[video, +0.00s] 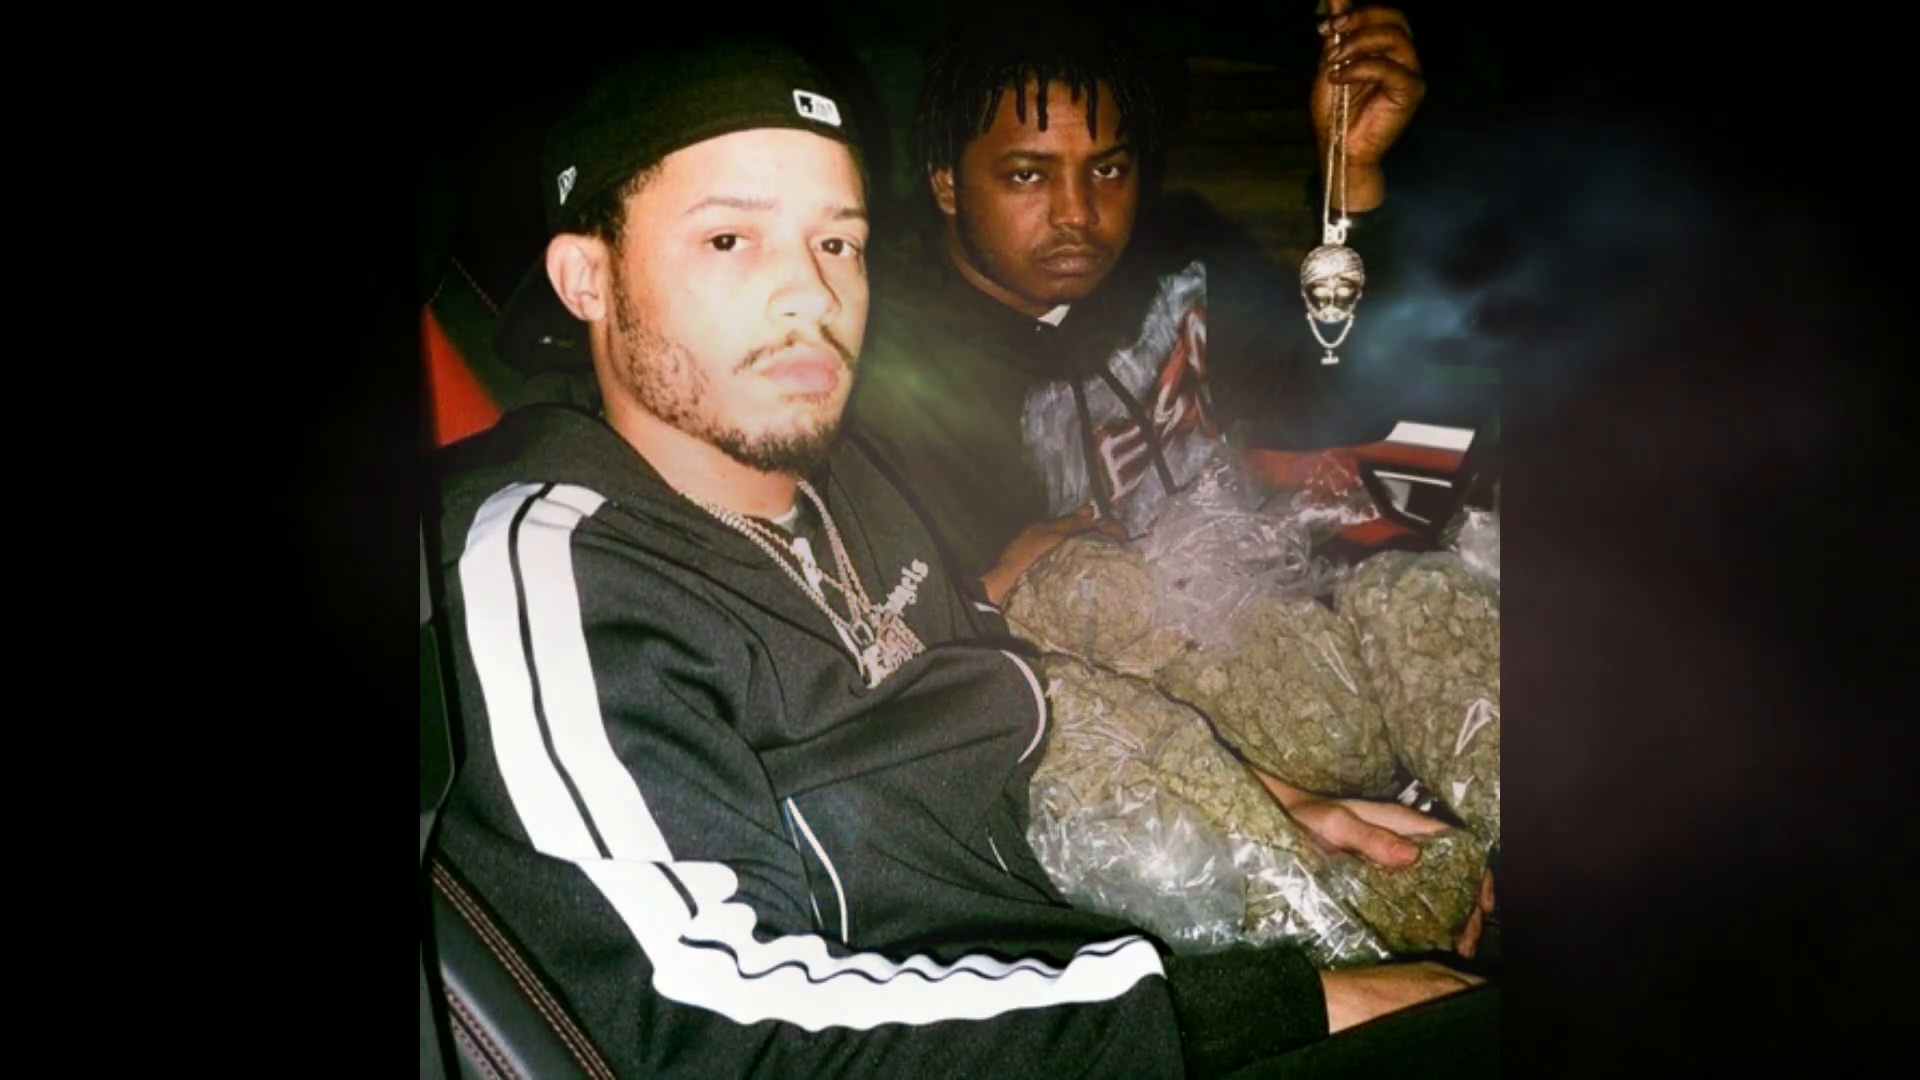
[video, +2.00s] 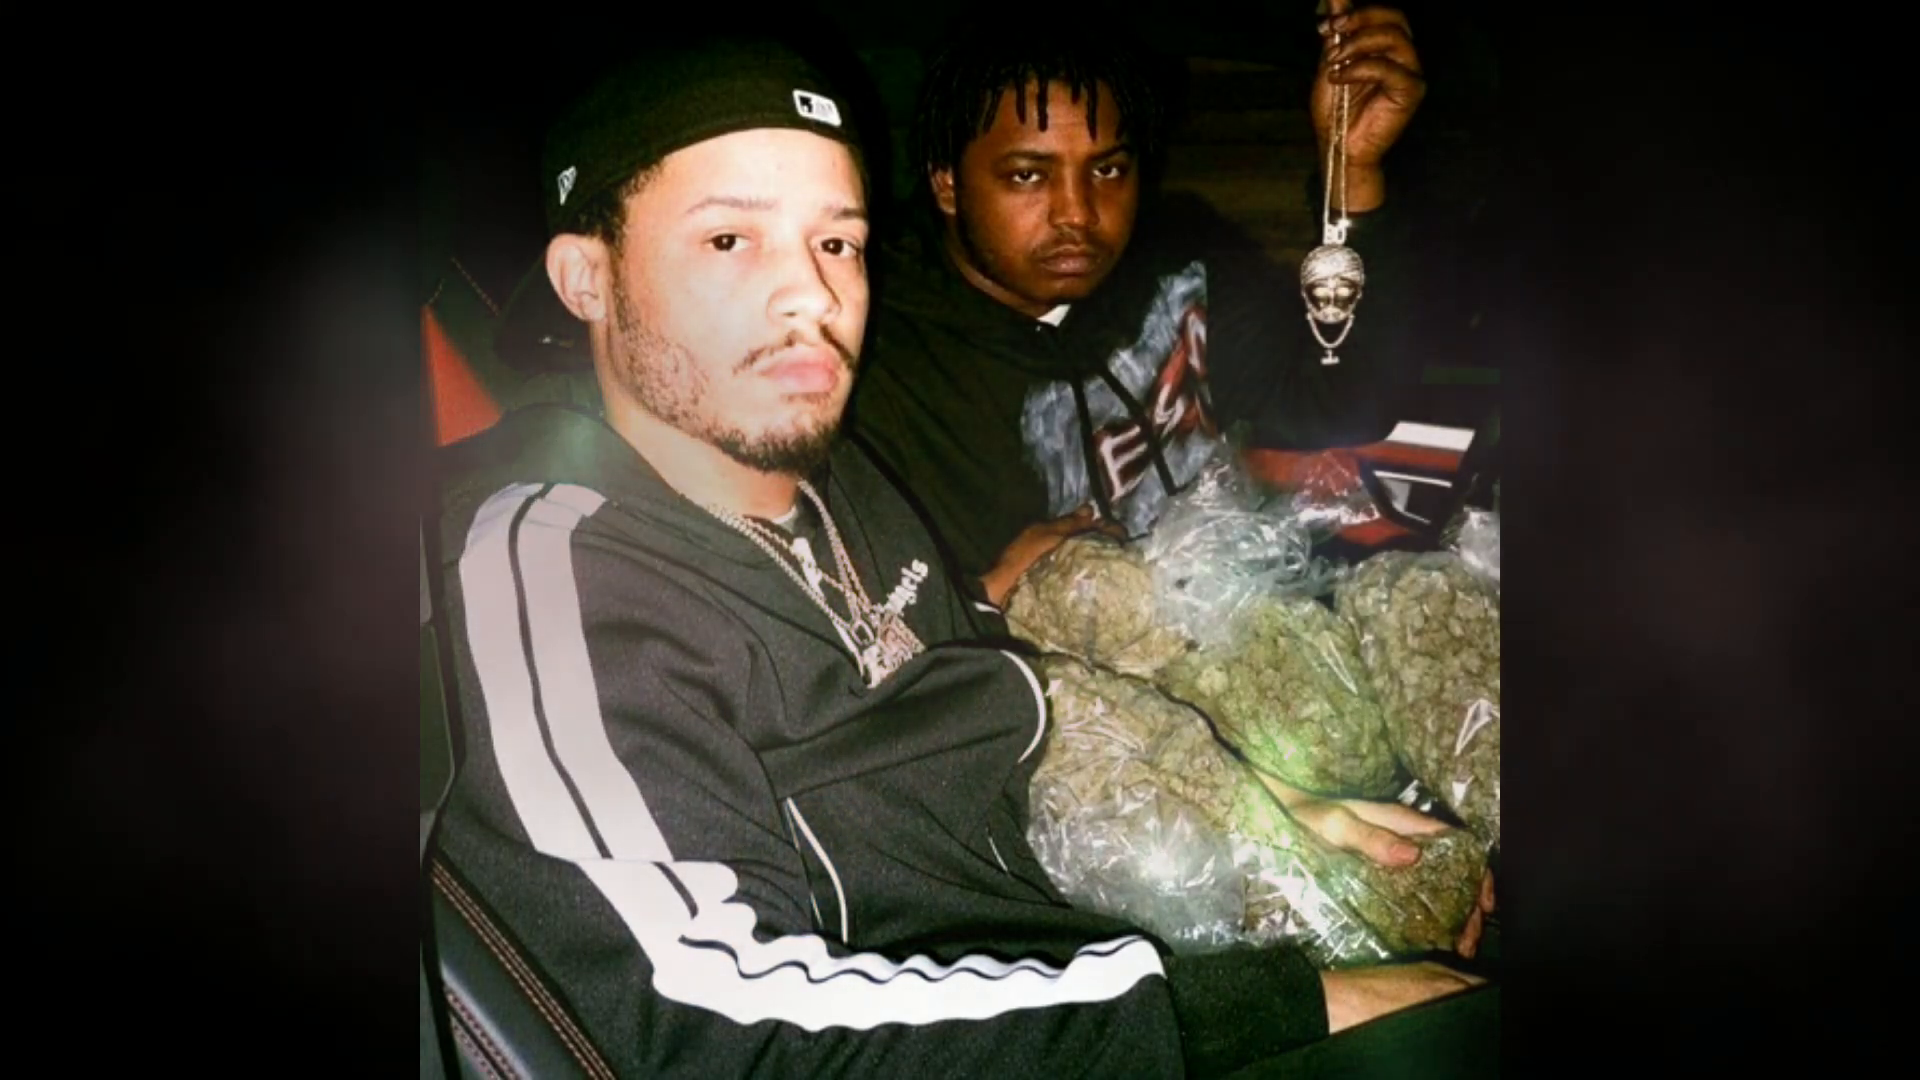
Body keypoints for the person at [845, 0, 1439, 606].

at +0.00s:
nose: (1077, 216)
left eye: (1108, 171)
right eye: (1028, 175)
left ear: (1140, 173)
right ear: (945, 187)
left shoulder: (1184, 257)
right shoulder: (897, 362)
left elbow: (1348, 413)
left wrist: (1352, 176)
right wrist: (991, 581)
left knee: (1425, 600)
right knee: (1074, 579)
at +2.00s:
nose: (1077, 217)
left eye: (1108, 171)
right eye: (1028, 176)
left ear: (1141, 172)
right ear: (946, 187)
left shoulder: (1180, 255)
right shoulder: (892, 373)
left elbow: (1345, 408)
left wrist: (1352, 171)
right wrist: (990, 594)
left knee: (1429, 604)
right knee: (1079, 581)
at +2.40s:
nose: (1077, 217)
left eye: (1107, 171)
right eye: (1029, 176)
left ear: (1140, 173)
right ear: (946, 187)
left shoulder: (1178, 254)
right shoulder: (890, 372)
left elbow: (1349, 410)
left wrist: (1353, 171)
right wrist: (991, 594)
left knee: (1427, 601)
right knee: (1080, 582)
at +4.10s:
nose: (1078, 216)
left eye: (1108, 171)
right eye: (1028, 175)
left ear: (1142, 173)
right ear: (945, 187)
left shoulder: (1180, 260)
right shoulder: (893, 358)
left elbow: (1352, 407)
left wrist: (1353, 171)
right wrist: (992, 590)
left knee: (1424, 596)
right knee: (1077, 579)